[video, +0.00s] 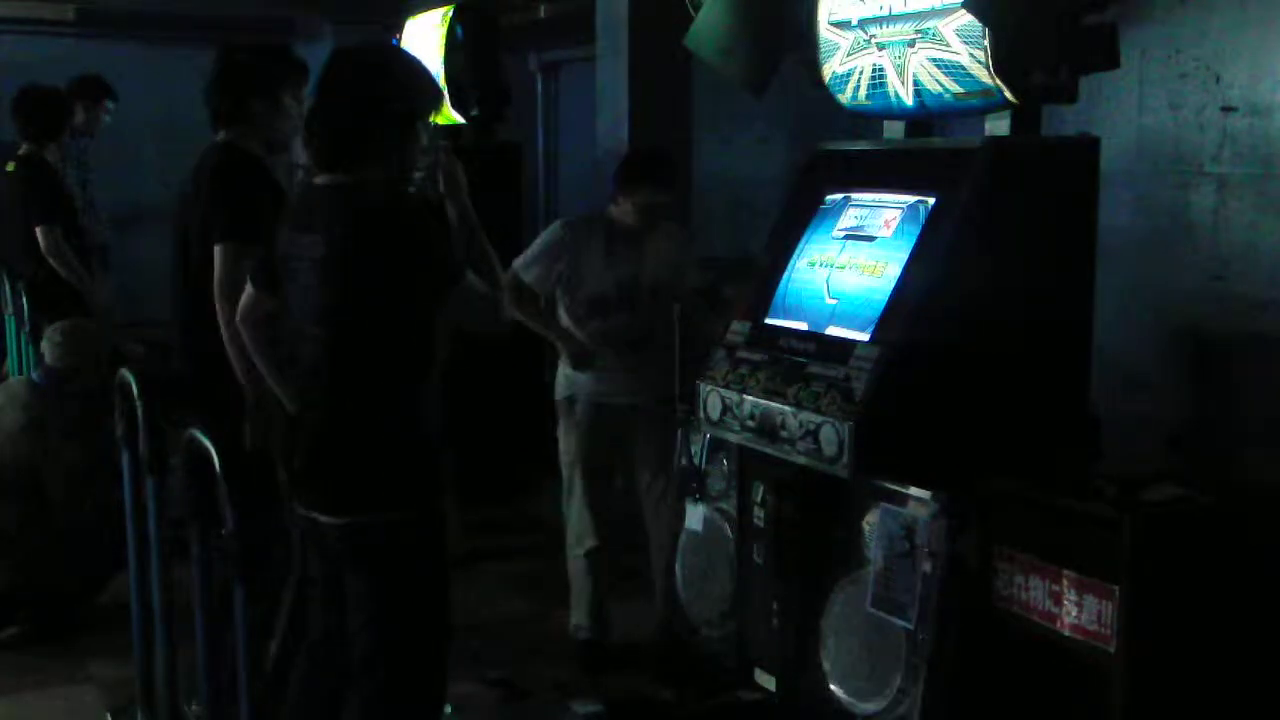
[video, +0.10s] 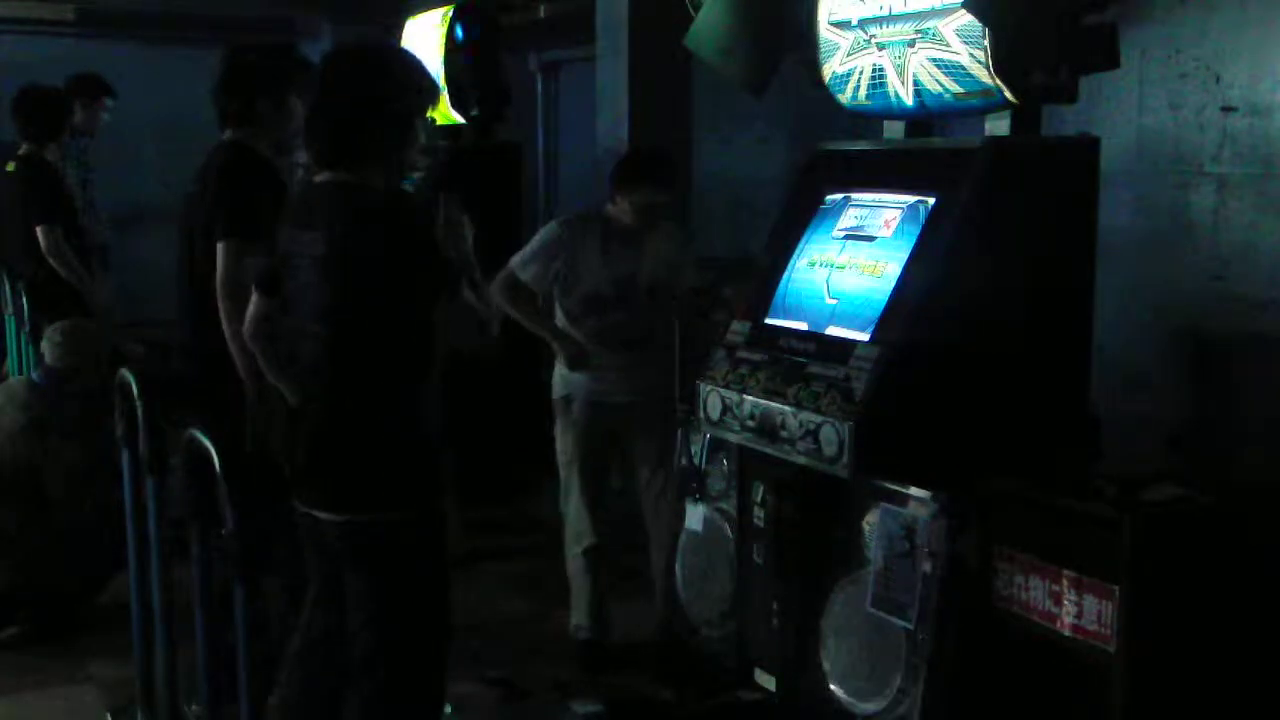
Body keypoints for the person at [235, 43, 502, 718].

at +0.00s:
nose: (424, 138)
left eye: (425, 123)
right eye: (417, 122)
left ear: (330, 118)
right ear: (391, 127)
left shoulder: (306, 205)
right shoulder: (401, 218)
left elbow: (249, 314)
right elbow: (489, 305)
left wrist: (292, 403)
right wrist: (458, 197)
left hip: (316, 449)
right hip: (390, 458)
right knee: (404, 641)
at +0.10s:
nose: (424, 137)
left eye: (423, 120)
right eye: (417, 121)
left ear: (327, 119)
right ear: (390, 125)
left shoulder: (304, 211)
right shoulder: (409, 221)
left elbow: (255, 326)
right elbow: (471, 329)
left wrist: (298, 398)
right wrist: (462, 258)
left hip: (314, 457)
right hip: (391, 465)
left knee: (325, 630)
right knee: (403, 647)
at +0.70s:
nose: (418, 148)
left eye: (418, 132)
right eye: (412, 132)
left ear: (329, 125)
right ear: (387, 132)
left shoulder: (289, 215)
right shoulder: (384, 219)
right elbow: (435, 363)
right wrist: (473, 330)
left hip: (307, 474)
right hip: (386, 486)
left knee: (324, 656)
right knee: (401, 669)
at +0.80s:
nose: (419, 144)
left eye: (420, 129)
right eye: (413, 128)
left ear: (327, 125)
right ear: (388, 130)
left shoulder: (289, 215)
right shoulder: (386, 219)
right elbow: (438, 361)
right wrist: (480, 325)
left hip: (308, 472)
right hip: (387, 485)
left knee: (325, 652)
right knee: (401, 666)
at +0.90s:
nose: (418, 146)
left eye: (419, 130)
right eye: (412, 130)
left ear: (327, 124)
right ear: (387, 128)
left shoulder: (287, 215)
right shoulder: (384, 220)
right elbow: (437, 360)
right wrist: (481, 320)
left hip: (308, 473)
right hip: (387, 487)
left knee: (325, 652)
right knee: (402, 666)